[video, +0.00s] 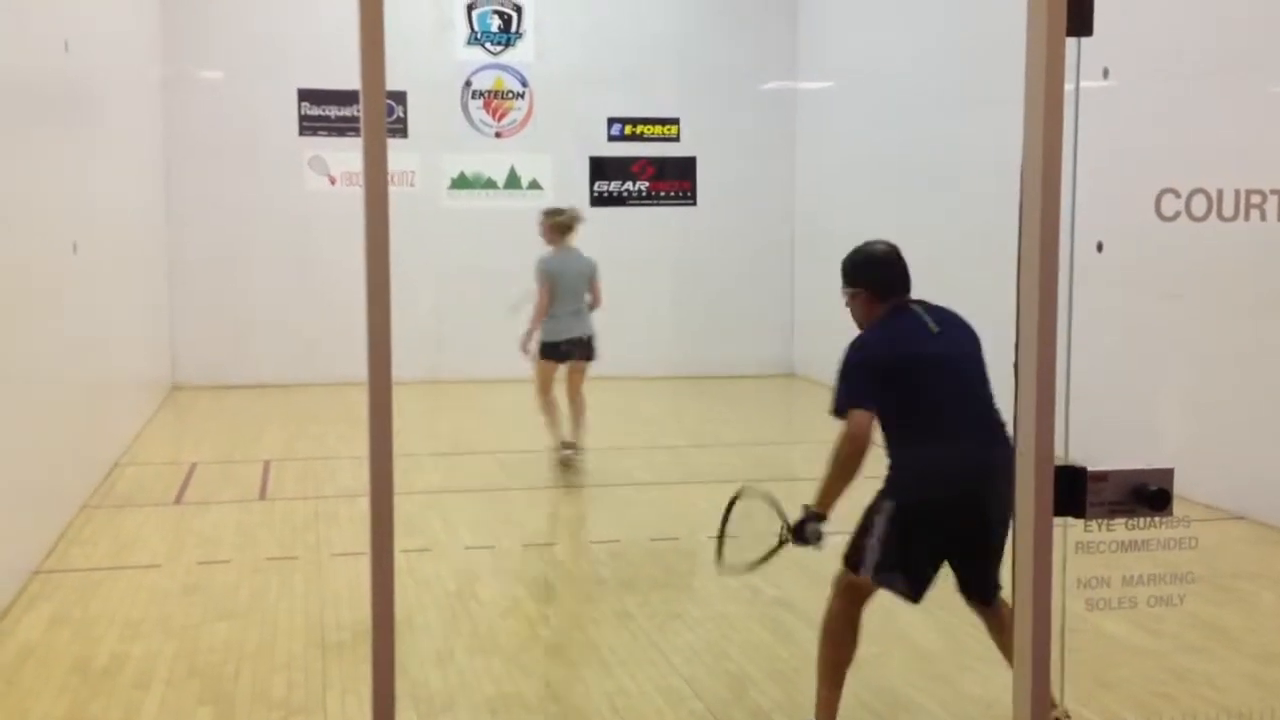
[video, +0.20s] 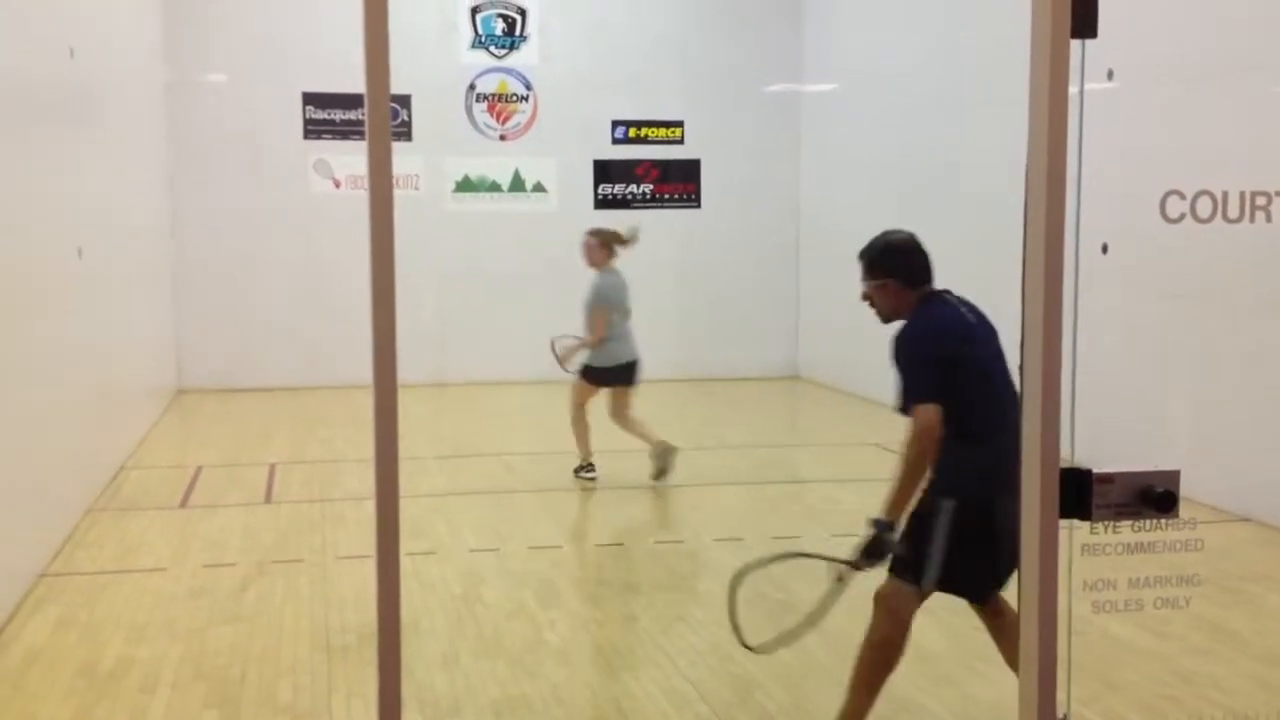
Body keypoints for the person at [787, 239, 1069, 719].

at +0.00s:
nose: (848, 305)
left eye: (849, 296)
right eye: (847, 295)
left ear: (864, 295)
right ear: (904, 287)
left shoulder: (870, 348)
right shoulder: (953, 324)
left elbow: (857, 435)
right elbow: (971, 408)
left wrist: (817, 511)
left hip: (920, 488)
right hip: (992, 481)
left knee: (849, 593)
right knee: (985, 594)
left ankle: (825, 713)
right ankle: (1047, 704)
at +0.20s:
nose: (864, 294)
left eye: (871, 284)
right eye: (864, 284)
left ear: (899, 283)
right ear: (914, 279)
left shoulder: (918, 333)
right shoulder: (964, 313)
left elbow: (928, 430)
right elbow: (991, 408)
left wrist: (888, 522)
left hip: (958, 490)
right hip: (1002, 486)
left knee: (893, 602)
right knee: (986, 598)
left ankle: (850, 714)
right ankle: (1049, 703)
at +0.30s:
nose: (874, 294)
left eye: (880, 282)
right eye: (874, 282)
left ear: (911, 280)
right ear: (924, 277)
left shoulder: (934, 332)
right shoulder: (968, 313)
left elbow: (955, 431)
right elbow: (986, 416)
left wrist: (931, 502)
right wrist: (944, 493)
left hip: (974, 484)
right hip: (1008, 481)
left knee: (899, 596)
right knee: (988, 592)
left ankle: (893, 712)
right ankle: (1048, 696)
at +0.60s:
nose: (869, 304)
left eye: (880, 292)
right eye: (871, 291)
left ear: (922, 300)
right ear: (917, 300)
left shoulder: (966, 359)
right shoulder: (913, 341)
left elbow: (1013, 464)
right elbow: (925, 424)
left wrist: (983, 557)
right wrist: (900, 492)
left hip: (992, 508)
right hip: (976, 503)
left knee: (913, 631)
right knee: (986, 615)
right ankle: (1055, 704)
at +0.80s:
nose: (849, 329)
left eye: (861, 318)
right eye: (852, 315)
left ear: (903, 332)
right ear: (897, 332)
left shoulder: (955, 386)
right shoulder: (873, 360)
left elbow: (991, 507)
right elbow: (875, 422)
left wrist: (944, 593)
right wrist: (846, 496)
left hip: (995, 521)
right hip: (958, 516)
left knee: (901, 640)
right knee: (996, 617)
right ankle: (1068, 703)